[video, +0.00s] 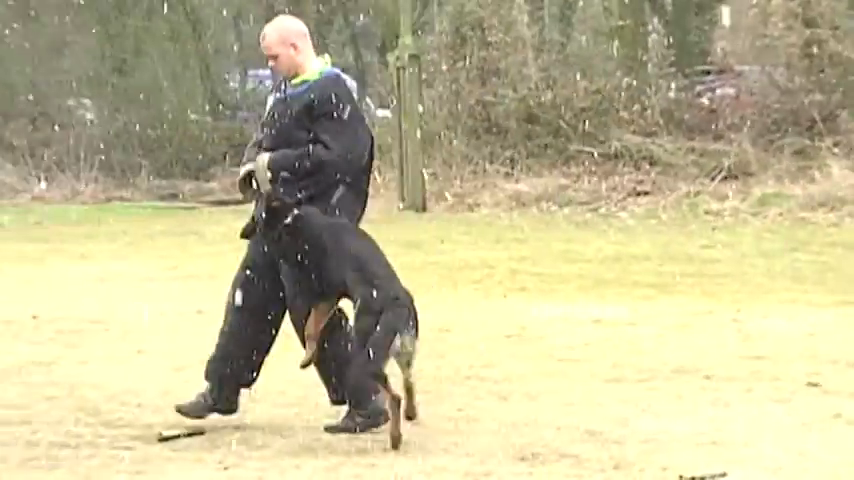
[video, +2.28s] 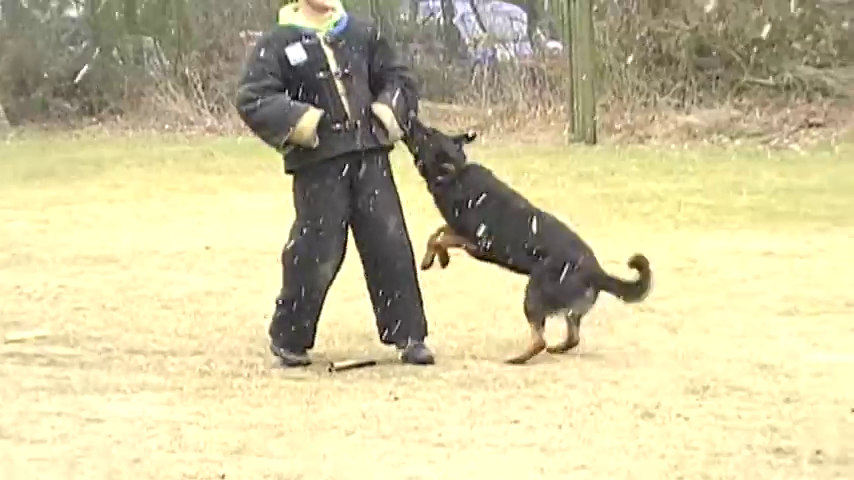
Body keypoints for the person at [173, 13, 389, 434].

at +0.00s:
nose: (270, 66)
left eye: (273, 57)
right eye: (267, 59)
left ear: (296, 46)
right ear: (290, 49)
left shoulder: (332, 89)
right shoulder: (284, 95)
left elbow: (340, 155)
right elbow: (270, 143)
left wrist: (275, 164)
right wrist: (255, 163)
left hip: (318, 220)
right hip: (277, 218)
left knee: (317, 312)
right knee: (249, 301)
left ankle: (367, 403)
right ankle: (221, 392)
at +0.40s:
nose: (286, 68)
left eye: (292, 59)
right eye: (281, 62)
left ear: (316, 48)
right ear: (278, 59)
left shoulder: (359, 93)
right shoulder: (273, 97)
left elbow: (384, 154)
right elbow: (241, 142)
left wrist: (338, 175)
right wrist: (255, 168)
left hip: (347, 226)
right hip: (289, 228)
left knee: (364, 303)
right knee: (275, 317)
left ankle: (404, 376)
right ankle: (284, 403)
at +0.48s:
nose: (311, 64)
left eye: (317, 55)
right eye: (305, 57)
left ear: (341, 46)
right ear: (301, 55)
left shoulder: (381, 91)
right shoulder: (292, 93)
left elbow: (409, 148)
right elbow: (254, 137)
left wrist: (369, 167)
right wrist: (280, 165)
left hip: (368, 219)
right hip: (311, 221)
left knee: (374, 296)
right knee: (303, 311)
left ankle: (406, 382)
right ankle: (309, 403)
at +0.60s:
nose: (357, 58)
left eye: (363, 49)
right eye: (350, 51)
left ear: (382, 42)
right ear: (341, 49)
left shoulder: (412, 90)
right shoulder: (325, 87)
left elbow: (438, 148)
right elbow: (288, 133)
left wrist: (399, 164)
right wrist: (328, 162)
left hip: (397, 219)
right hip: (342, 219)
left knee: (408, 300)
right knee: (338, 305)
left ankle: (408, 386)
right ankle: (342, 399)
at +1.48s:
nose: (379, 7)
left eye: (382, 1)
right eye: (369, 1)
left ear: (388, 5)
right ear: (349, 7)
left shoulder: (410, 51)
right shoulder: (335, 61)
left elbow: (441, 95)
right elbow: (314, 118)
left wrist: (430, 114)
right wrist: (376, 132)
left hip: (423, 178)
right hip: (373, 185)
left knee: (442, 263)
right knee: (365, 272)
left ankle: (461, 354)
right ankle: (335, 358)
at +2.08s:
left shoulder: (403, 19)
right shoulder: (315, 18)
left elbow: (431, 75)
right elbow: (288, 70)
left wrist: (411, 102)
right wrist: (336, 91)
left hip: (401, 145)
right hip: (347, 145)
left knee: (416, 232)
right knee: (336, 235)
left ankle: (432, 321)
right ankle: (304, 320)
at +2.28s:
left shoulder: (363, 32)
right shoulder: (276, 42)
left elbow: (399, 78)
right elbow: (253, 99)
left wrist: (389, 111)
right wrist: (296, 120)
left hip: (373, 160)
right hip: (321, 166)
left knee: (391, 247)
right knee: (316, 255)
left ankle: (410, 337)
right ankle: (289, 340)